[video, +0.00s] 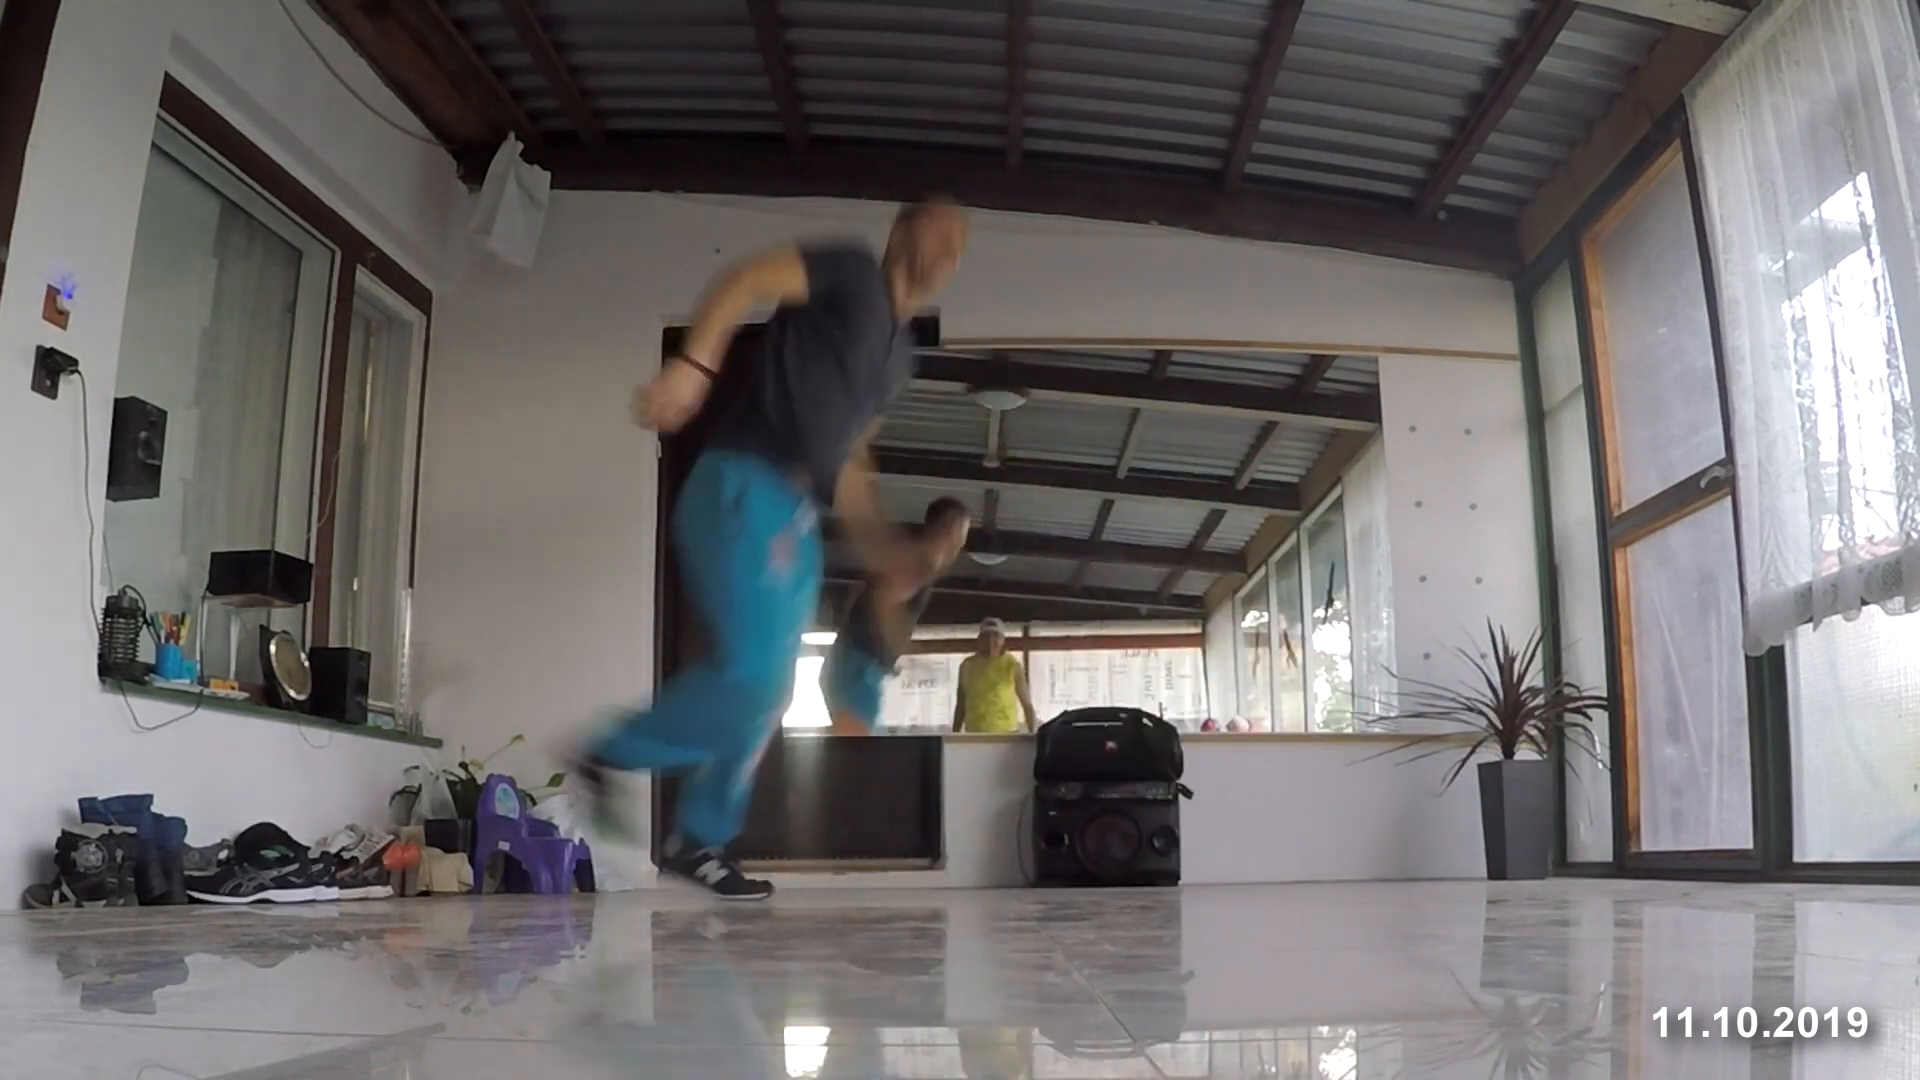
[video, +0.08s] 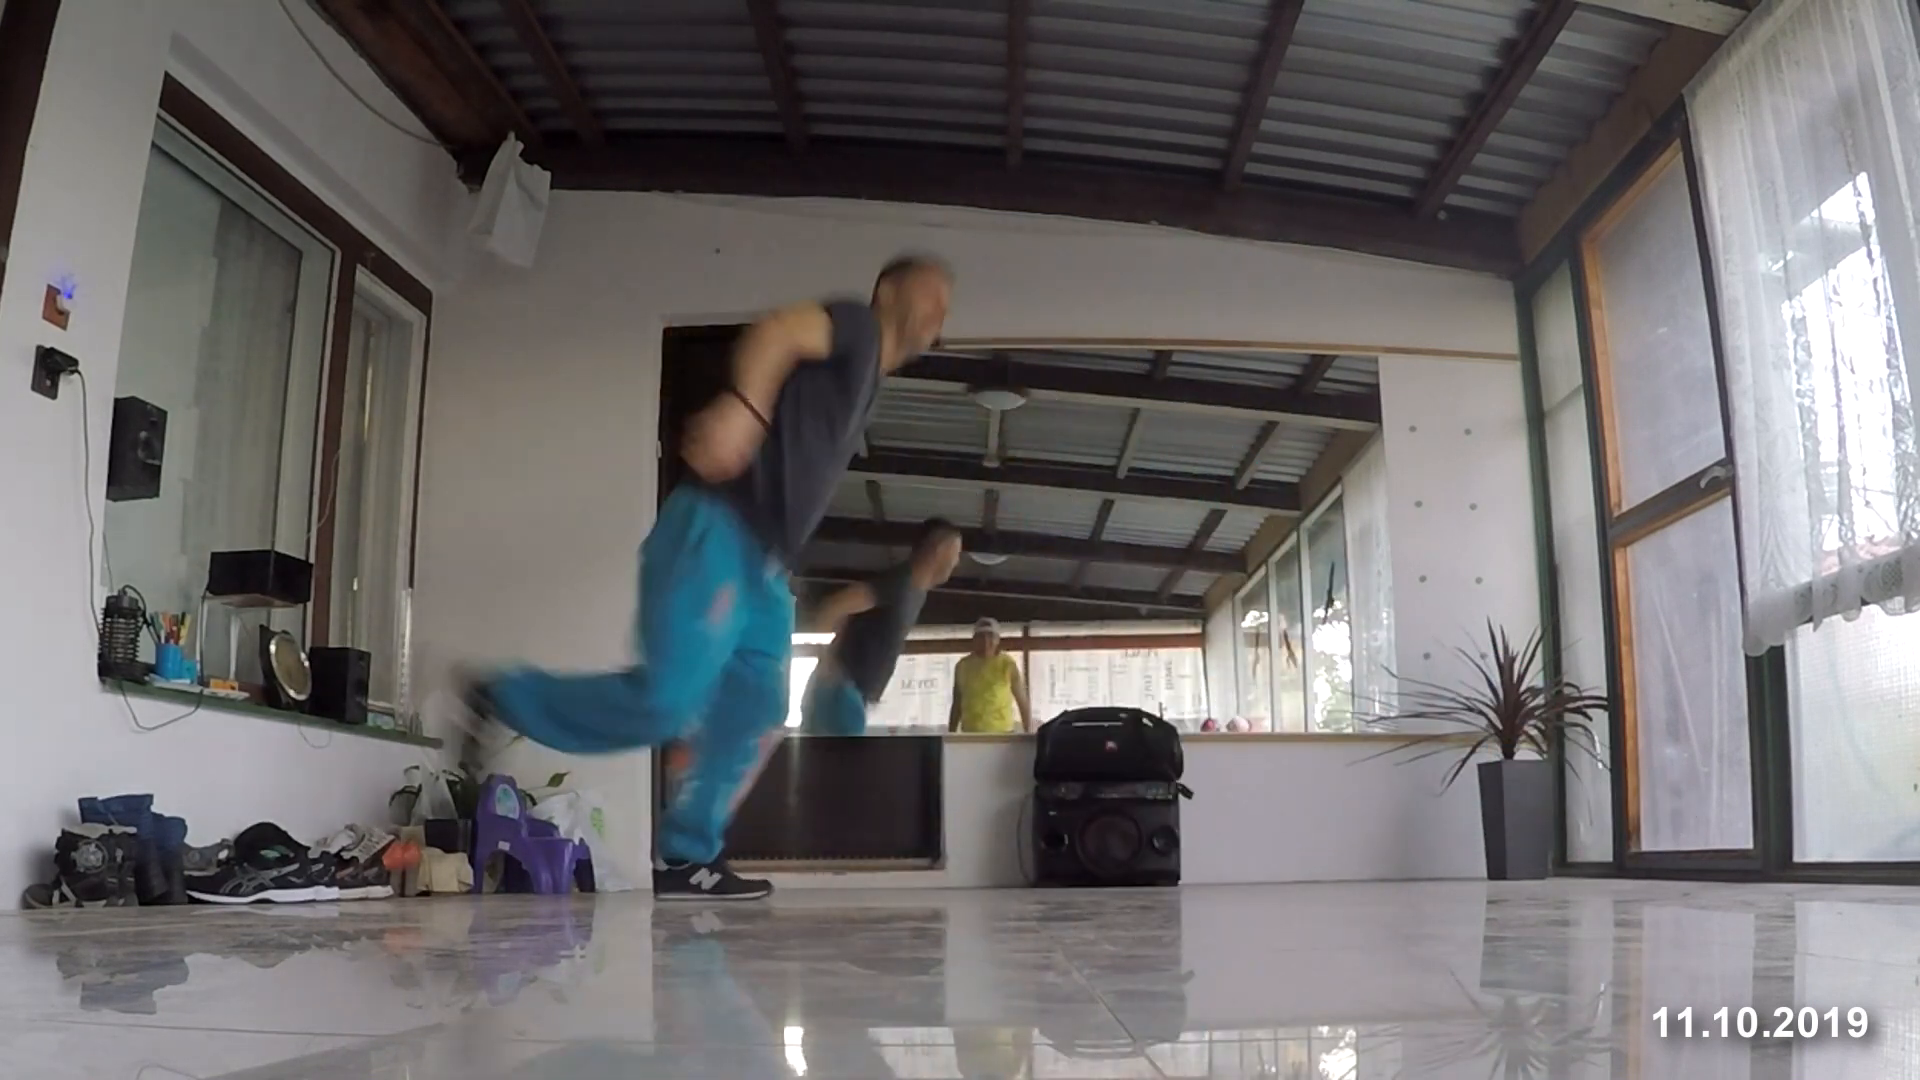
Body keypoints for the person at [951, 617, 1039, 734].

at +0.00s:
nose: (991, 641)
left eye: (996, 636)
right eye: (986, 636)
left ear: (1003, 640)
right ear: (979, 639)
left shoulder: (1012, 665)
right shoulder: (967, 665)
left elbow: (1027, 703)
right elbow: (961, 704)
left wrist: (1033, 733)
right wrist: (954, 734)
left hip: (1006, 734)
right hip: (974, 735)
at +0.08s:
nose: (986, 642)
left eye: (990, 637)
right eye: (981, 637)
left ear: (998, 640)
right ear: (974, 639)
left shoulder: (1007, 664)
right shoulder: (963, 665)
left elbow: (1022, 699)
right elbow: (957, 702)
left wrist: (1028, 731)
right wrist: (951, 733)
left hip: (1002, 733)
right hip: (970, 734)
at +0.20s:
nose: (975, 647)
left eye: (979, 641)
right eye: (970, 642)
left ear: (987, 643)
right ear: (964, 643)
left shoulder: (998, 666)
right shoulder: (953, 668)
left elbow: (1014, 705)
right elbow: (947, 707)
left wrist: (1016, 735)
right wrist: (943, 737)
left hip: (994, 736)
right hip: (963, 737)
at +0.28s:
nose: (972, 648)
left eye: (976, 642)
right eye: (967, 643)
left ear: (984, 643)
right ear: (962, 644)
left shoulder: (996, 666)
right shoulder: (952, 669)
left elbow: (1013, 707)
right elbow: (945, 707)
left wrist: (1013, 737)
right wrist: (941, 737)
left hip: (993, 735)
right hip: (962, 737)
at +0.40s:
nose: (965, 650)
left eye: (969, 643)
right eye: (960, 644)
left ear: (977, 644)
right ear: (955, 645)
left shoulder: (990, 666)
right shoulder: (946, 670)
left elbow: (1008, 708)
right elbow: (939, 710)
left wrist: (1005, 736)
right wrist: (937, 739)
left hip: (989, 735)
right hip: (959, 736)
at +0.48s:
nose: (962, 649)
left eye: (966, 643)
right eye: (957, 644)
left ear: (974, 643)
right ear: (952, 646)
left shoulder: (987, 666)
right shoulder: (943, 670)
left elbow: (1005, 706)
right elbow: (937, 709)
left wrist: (1005, 736)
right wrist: (936, 739)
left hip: (988, 734)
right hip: (957, 736)